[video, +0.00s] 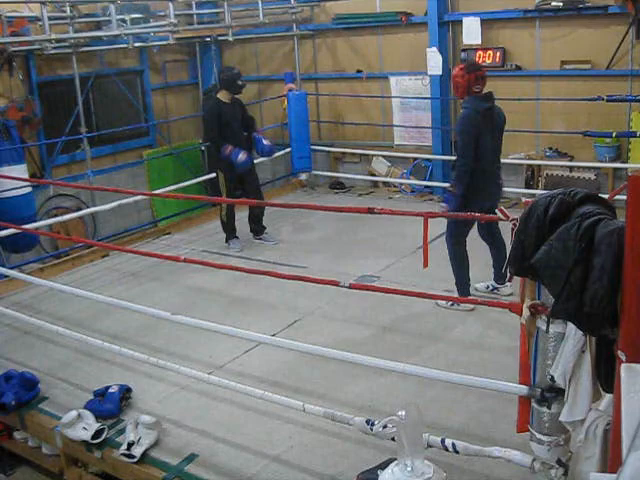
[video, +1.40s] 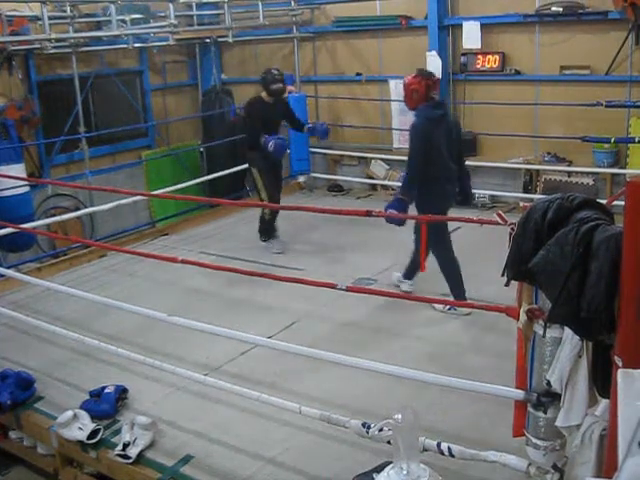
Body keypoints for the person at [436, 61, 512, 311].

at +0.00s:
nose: (453, 88)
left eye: (456, 83)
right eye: (454, 83)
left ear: (466, 85)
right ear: (479, 84)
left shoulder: (468, 117)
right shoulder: (496, 113)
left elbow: (465, 161)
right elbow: (493, 156)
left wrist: (455, 194)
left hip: (471, 191)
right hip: (492, 188)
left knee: (454, 238)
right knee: (489, 230)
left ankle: (463, 296)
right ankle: (501, 282)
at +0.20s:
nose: (445, 89)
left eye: (448, 85)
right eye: (447, 84)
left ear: (454, 87)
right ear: (473, 85)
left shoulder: (456, 118)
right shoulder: (492, 114)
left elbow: (445, 161)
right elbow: (505, 150)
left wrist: (428, 195)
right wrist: (512, 180)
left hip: (457, 192)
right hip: (483, 189)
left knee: (456, 244)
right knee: (484, 232)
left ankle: (463, 297)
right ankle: (498, 282)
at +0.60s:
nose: (436, 92)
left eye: (437, 89)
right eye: (456, 87)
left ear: (441, 90)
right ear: (462, 88)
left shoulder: (435, 122)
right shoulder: (481, 116)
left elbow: (422, 162)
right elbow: (494, 149)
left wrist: (409, 185)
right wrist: (504, 171)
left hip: (448, 194)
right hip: (477, 192)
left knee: (453, 247)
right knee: (480, 240)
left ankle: (461, 299)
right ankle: (481, 288)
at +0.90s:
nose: (430, 92)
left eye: (433, 87)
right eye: (430, 87)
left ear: (440, 89)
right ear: (458, 87)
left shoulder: (437, 122)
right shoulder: (476, 116)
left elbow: (426, 161)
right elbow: (478, 152)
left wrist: (418, 190)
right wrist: (467, 172)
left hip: (445, 192)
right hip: (471, 190)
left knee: (450, 248)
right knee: (472, 239)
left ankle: (461, 300)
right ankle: (477, 288)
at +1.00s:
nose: (425, 95)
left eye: (427, 90)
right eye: (425, 89)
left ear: (438, 91)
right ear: (452, 90)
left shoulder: (437, 123)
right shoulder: (473, 117)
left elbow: (426, 164)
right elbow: (475, 154)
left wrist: (413, 193)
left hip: (444, 193)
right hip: (468, 190)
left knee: (448, 244)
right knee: (464, 236)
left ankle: (460, 299)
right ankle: (468, 283)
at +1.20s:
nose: (418, 95)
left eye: (421, 90)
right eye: (419, 90)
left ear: (431, 92)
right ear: (445, 91)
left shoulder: (432, 125)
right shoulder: (465, 119)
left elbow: (425, 168)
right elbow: (470, 159)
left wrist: (411, 199)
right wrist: (474, 192)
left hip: (438, 193)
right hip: (458, 191)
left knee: (447, 244)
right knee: (443, 235)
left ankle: (460, 299)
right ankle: (442, 280)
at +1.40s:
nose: (406, 98)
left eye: (409, 92)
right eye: (406, 92)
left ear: (418, 94)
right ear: (428, 93)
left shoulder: (421, 124)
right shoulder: (446, 118)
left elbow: (414, 167)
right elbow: (458, 157)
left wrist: (402, 200)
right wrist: (465, 190)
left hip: (429, 192)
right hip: (445, 189)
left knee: (440, 244)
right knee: (423, 234)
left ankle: (460, 299)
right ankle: (407, 277)